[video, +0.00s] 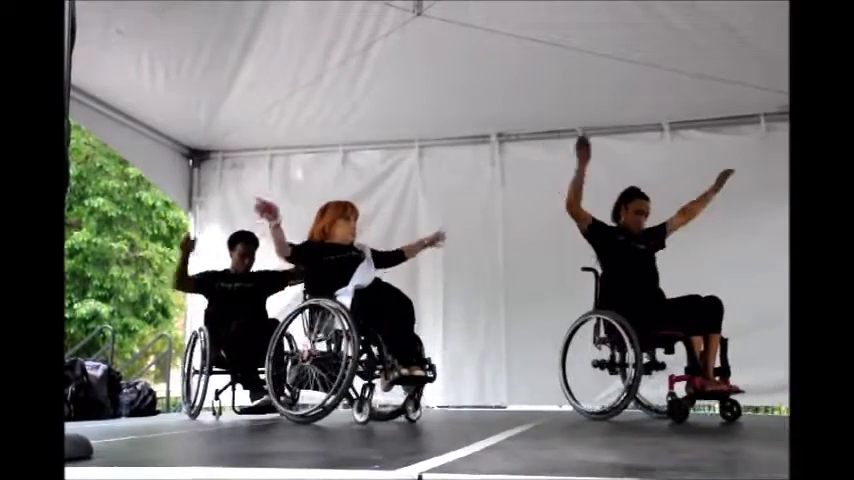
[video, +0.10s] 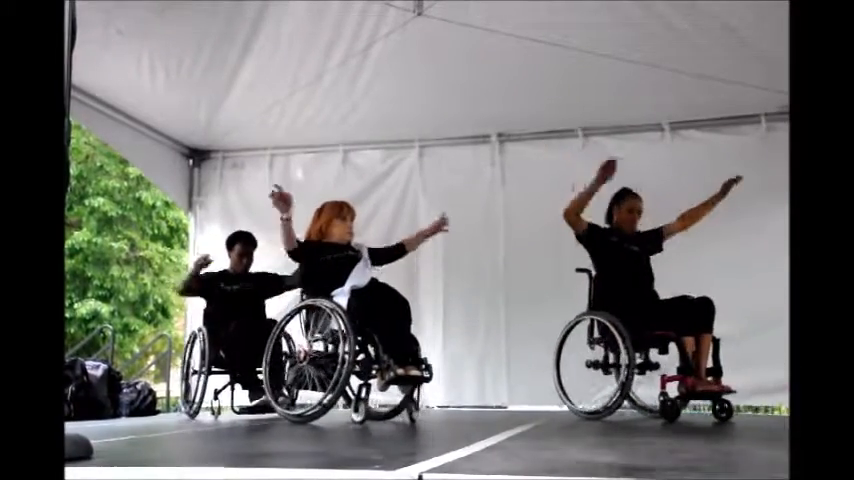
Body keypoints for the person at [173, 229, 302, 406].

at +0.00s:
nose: (248, 261)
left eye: (252, 256)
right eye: (243, 255)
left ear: (255, 255)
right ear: (231, 253)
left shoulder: (262, 280)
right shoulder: (214, 280)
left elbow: (299, 274)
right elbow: (181, 283)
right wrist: (185, 254)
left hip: (255, 342)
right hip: (223, 346)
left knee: (273, 325)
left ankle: (277, 392)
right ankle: (257, 393)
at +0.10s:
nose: (247, 260)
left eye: (250, 255)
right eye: (242, 255)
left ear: (254, 255)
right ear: (230, 254)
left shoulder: (260, 281)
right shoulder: (214, 281)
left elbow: (293, 281)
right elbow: (185, 290)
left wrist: (310, 262)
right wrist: (196, 269)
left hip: (255, 341)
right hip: (224, 344)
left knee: (272, 327)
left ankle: (276, 393)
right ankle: (255, 392)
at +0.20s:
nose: (245, 261)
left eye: (248, 256)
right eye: (240, 256)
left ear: (252, 256)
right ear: (228, 255)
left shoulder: (258, 284)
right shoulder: (213, 283)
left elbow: (291, 298)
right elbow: (185, 302)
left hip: (253, 342)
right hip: (222, 344)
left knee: (268, 327)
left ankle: (274, 392)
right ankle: (255, 393)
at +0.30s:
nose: (245, 262)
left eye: (248, 257)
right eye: (240, 257)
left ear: (252, 257)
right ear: (228, 255)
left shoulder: (258, 286)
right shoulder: (211, 285)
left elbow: (284, 305)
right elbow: (188, 308)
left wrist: (299, 310)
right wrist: (200, 318)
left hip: (253, 343)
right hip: (223, 344)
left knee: (268, 328)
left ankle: (273, 393)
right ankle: (255, 393)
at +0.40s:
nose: (246, 264)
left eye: (250, 259)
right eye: (242, 259)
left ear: (253, 259)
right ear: (230, 258)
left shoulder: (259, 289)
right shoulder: (212, 286)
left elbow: (284, 317)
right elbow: (187, 310)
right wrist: (195, 331)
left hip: (250, 345)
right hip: (216, 346)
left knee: (270, 332)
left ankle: (274, 393)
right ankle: (256, 393)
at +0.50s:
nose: (248, 266)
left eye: (252, 261)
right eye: (244, 261)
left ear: (255, 262)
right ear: (232, 259)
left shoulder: (259, 291)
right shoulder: (214, 287)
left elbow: (282, 319)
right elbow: (186, 310)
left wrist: (289, 344)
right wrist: (193, 332)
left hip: (249, 346)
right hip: (216, 348)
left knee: (273, 331)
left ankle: (272, 394)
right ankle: (256, 395)